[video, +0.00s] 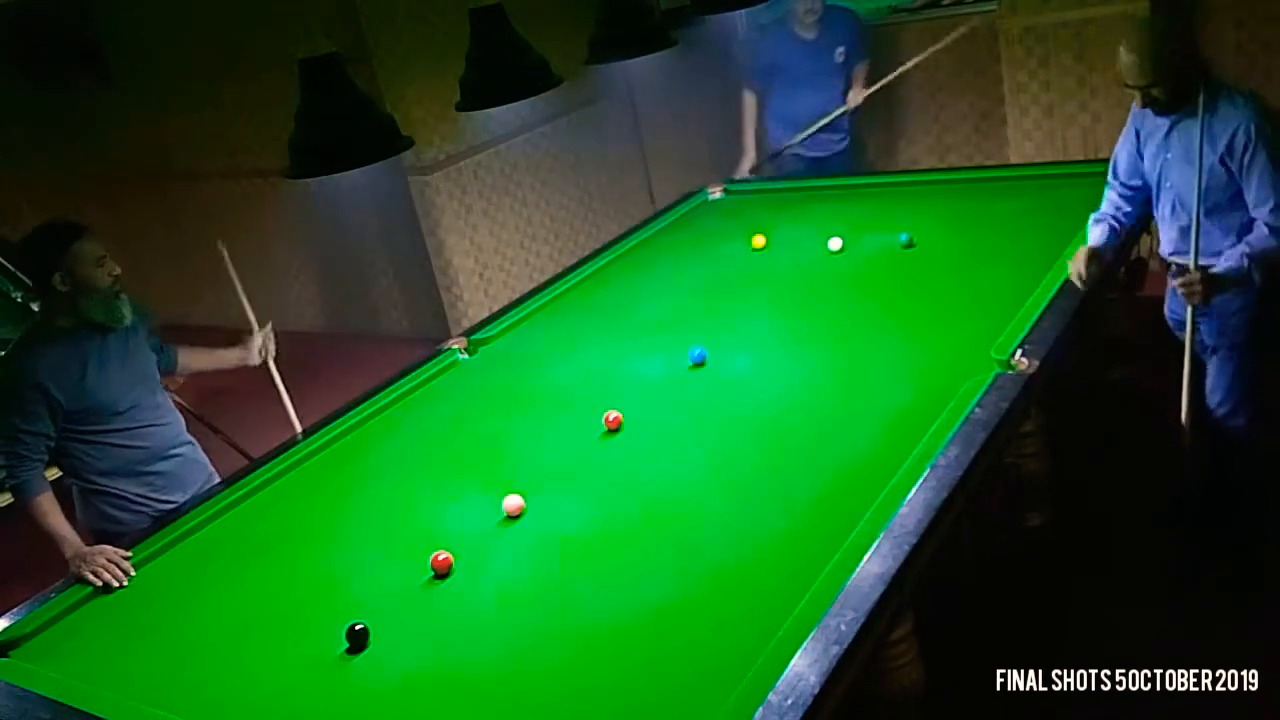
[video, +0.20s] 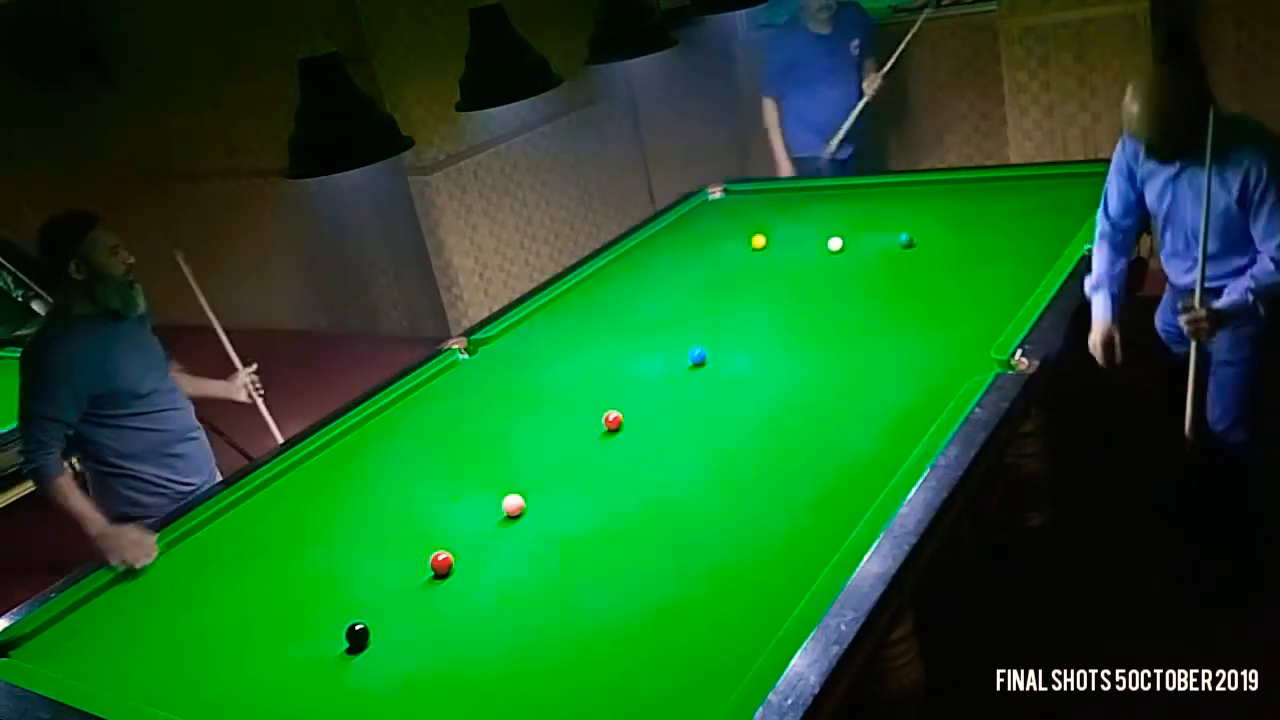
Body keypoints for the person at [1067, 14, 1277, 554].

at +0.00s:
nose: (1142, 99)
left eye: (1150, 87)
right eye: (1133, 88)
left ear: (1182, 68)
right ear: (1129, 75)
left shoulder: (1239, 123)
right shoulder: (1144, 119)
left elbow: (1272, 225)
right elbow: (1123, 193)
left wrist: (1220, 275)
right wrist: (1097, 242)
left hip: (1232, 305)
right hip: (1178, 301)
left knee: (1227, 422)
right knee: (1185, 416)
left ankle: (1235, 535)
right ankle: (1191, 523)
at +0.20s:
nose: (1153, 151)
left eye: (1162, 141)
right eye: (1145, 139)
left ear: (1194, 120)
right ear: (1139, 120)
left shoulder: (1252, 158)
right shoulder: (1136, 149)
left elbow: (1273, 258)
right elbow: (1112, 229)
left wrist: (1223, 309)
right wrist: (1102, 308)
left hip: (1238, 312)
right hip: (1176, 303)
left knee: (1224, 431)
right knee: (1166, 422)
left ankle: (1234, 544)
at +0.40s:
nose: (1151, 222)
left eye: (1157, 212)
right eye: (1140, 214)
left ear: (1185, 190)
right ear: (1128, 190)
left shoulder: (1257, 189)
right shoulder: (1126, 200)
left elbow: (1278, 282)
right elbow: (1101, 279)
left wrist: (1238, 332)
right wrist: (1089, 362)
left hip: (1255, 319)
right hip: (1192, 310)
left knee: (1231, 443)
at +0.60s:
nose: (1132, 270)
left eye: (1142, 259)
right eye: (1125, 257)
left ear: (1172, 241)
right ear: (1117, 234)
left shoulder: (1247, 221)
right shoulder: (1127, 229)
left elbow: (1279, 303)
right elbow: (1095, 309)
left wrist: (1256, 344)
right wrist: (1068, 377)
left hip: (1263, 336)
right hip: (1203, 320)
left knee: (1238, 456)